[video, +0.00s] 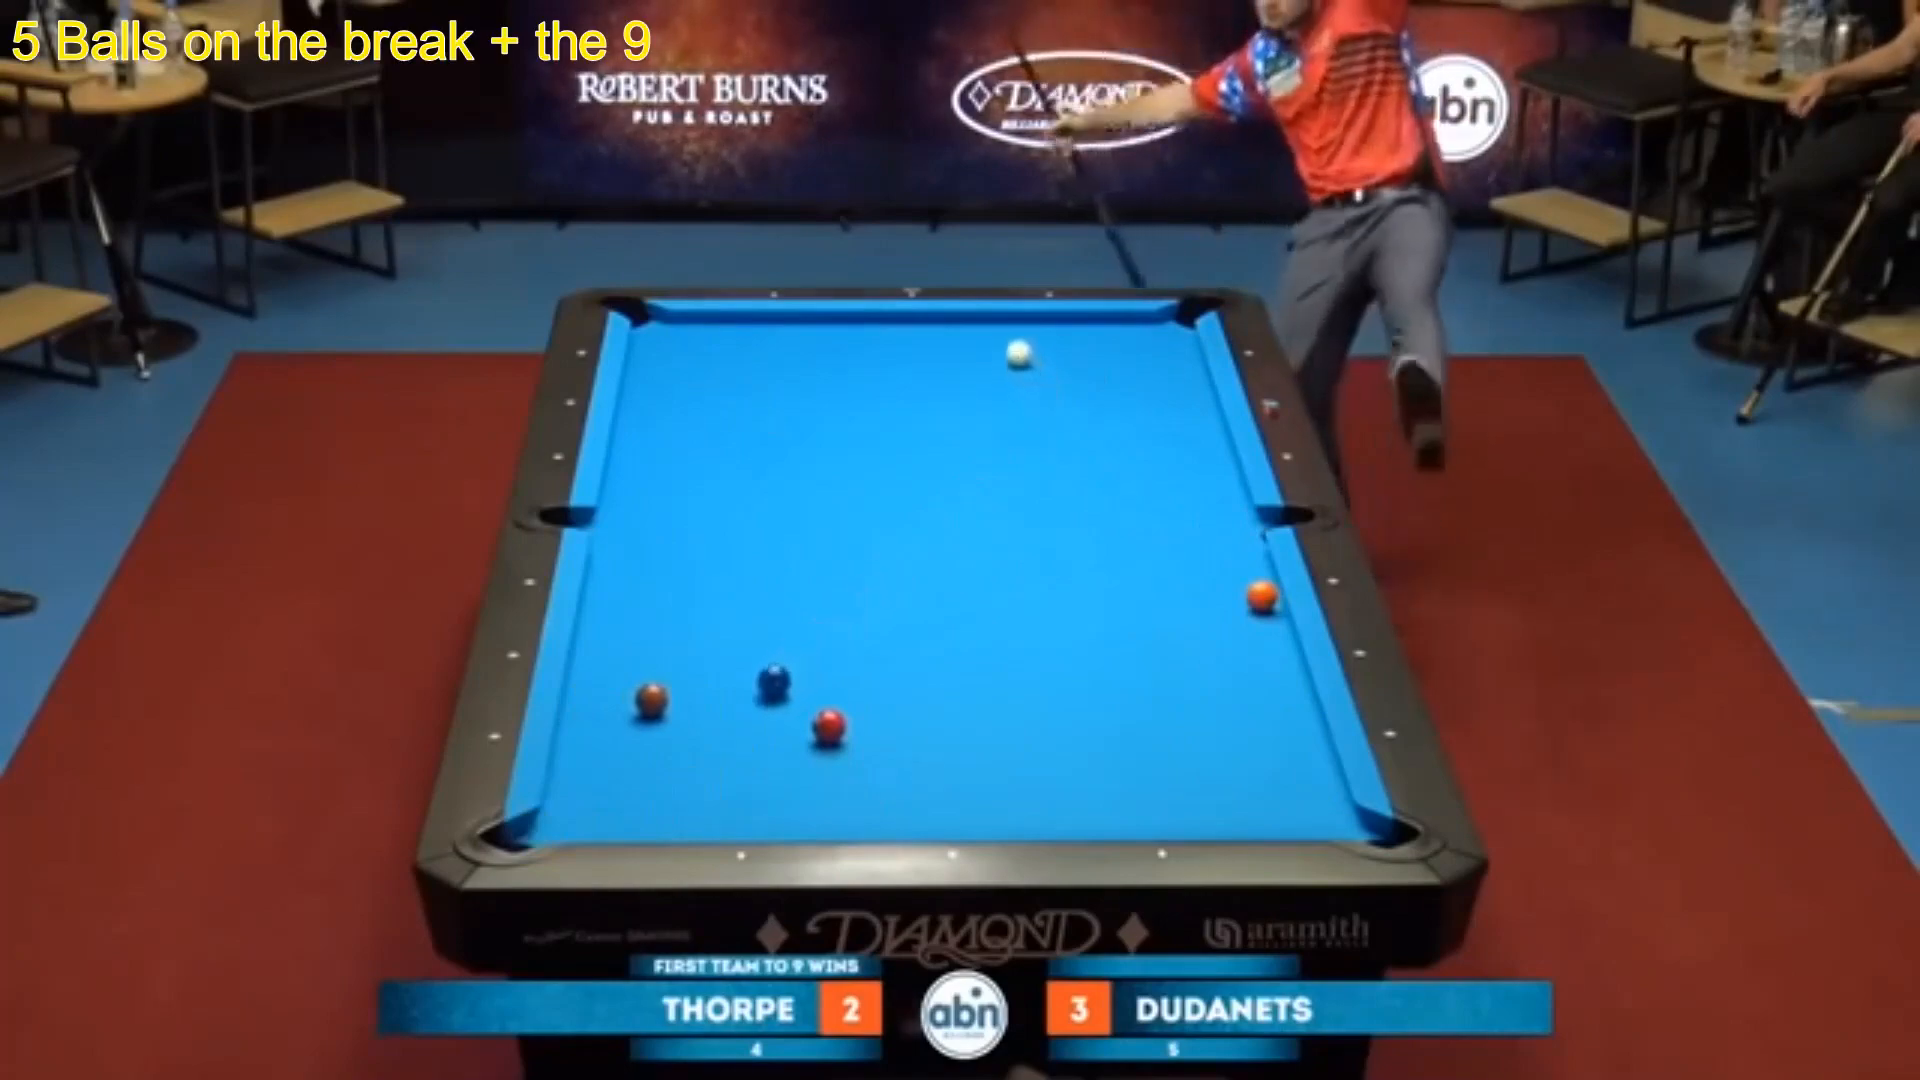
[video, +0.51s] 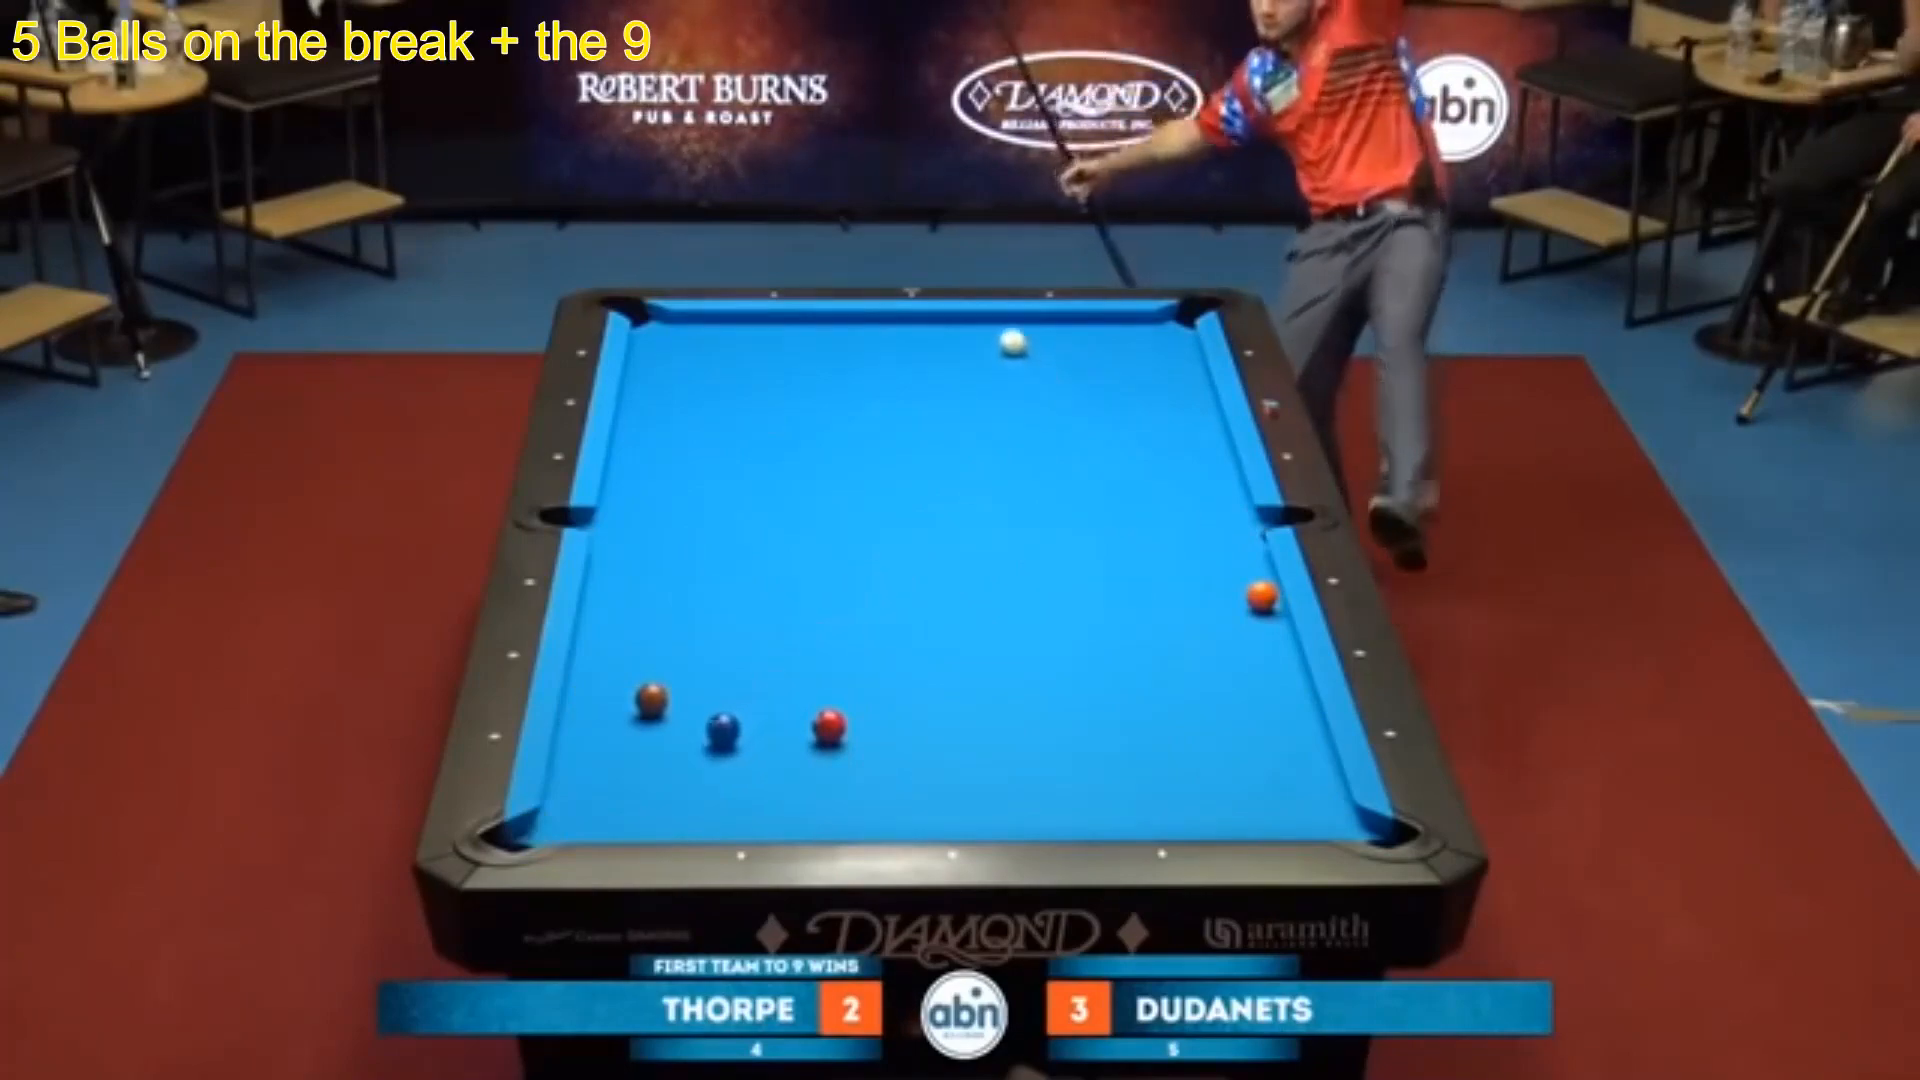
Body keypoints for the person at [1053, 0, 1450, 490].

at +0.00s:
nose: (1269, 7)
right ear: (1252, 3)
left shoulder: (1367, 16)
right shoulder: (1256, 65)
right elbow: (1175, 99)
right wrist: (1086, 120)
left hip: (1406, 203)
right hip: (1328, 224)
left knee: (1408, 292)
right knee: (1295, 374)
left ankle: (1423, 416)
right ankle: (1320, 518)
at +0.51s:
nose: (1264, 9)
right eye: (1256, 0)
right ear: (1249, 6)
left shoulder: (1362, 19)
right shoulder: (1257, 78)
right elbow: (1191, 133)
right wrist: (1106, 163)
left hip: (1406, 220)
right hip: (1329, 235)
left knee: (1399, 337)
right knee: (1290, 380)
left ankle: (1404, 505)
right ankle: (1317, 523)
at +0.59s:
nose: (1265, 6)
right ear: (1253, 6)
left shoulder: (1360, 25)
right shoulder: (1259, 74)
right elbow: (1202, 145)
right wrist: (1120, 193)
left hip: (1403, 225)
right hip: (1327, 238)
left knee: (1390, 356)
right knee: (1289, 381)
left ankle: (1401, 536)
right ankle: (1317, 533)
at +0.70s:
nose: (1265, 8)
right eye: (1256, 1)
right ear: (1251, 6)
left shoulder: (1363, 14)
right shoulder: (1264, 70)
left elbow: (1406, 75)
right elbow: (1240, 162)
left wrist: (1390, 166)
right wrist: (1176, 244)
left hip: (1394, 231)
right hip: (1317, 242)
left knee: (1368, 392)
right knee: (1288, 398)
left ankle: (1382, 566)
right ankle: (1308, 558)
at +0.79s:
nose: (1264, 7)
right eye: (1257, 1)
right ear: (1258, 7)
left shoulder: (1372, 41)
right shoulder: (1275, 64)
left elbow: (1419, 142)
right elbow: (1267, 173)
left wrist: (1406, 257)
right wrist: (1228, 263)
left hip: (1378, 248)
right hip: (1311, 250)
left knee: (1354, 423)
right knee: (1283, 405)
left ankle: (1373, 590)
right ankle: (1305, 571)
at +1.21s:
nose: (1273, 42)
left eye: (1287, 25)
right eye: (1261, 28)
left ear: (1326, 12)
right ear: (1250, 20)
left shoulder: (1366, 94)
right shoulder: (1306, 57)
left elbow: (1385, 236)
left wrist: (1355, 347)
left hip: (1369, 271)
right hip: (1316, 249)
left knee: (1334, 441)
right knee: (1271, 389)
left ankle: (1365, 596)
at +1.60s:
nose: (1166, 41)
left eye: (1178, 26)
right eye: (1164, 26)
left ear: (1226, 19)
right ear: (1217, 21)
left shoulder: (1280, 84)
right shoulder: (1253, 47)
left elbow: (1293, 232)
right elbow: (1282, 133)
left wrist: (1285, 350)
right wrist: (1268, 204)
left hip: (1341, 249)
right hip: (1280, 236)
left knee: (1320, 429)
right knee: (1263, 398)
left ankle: (1370, 599)